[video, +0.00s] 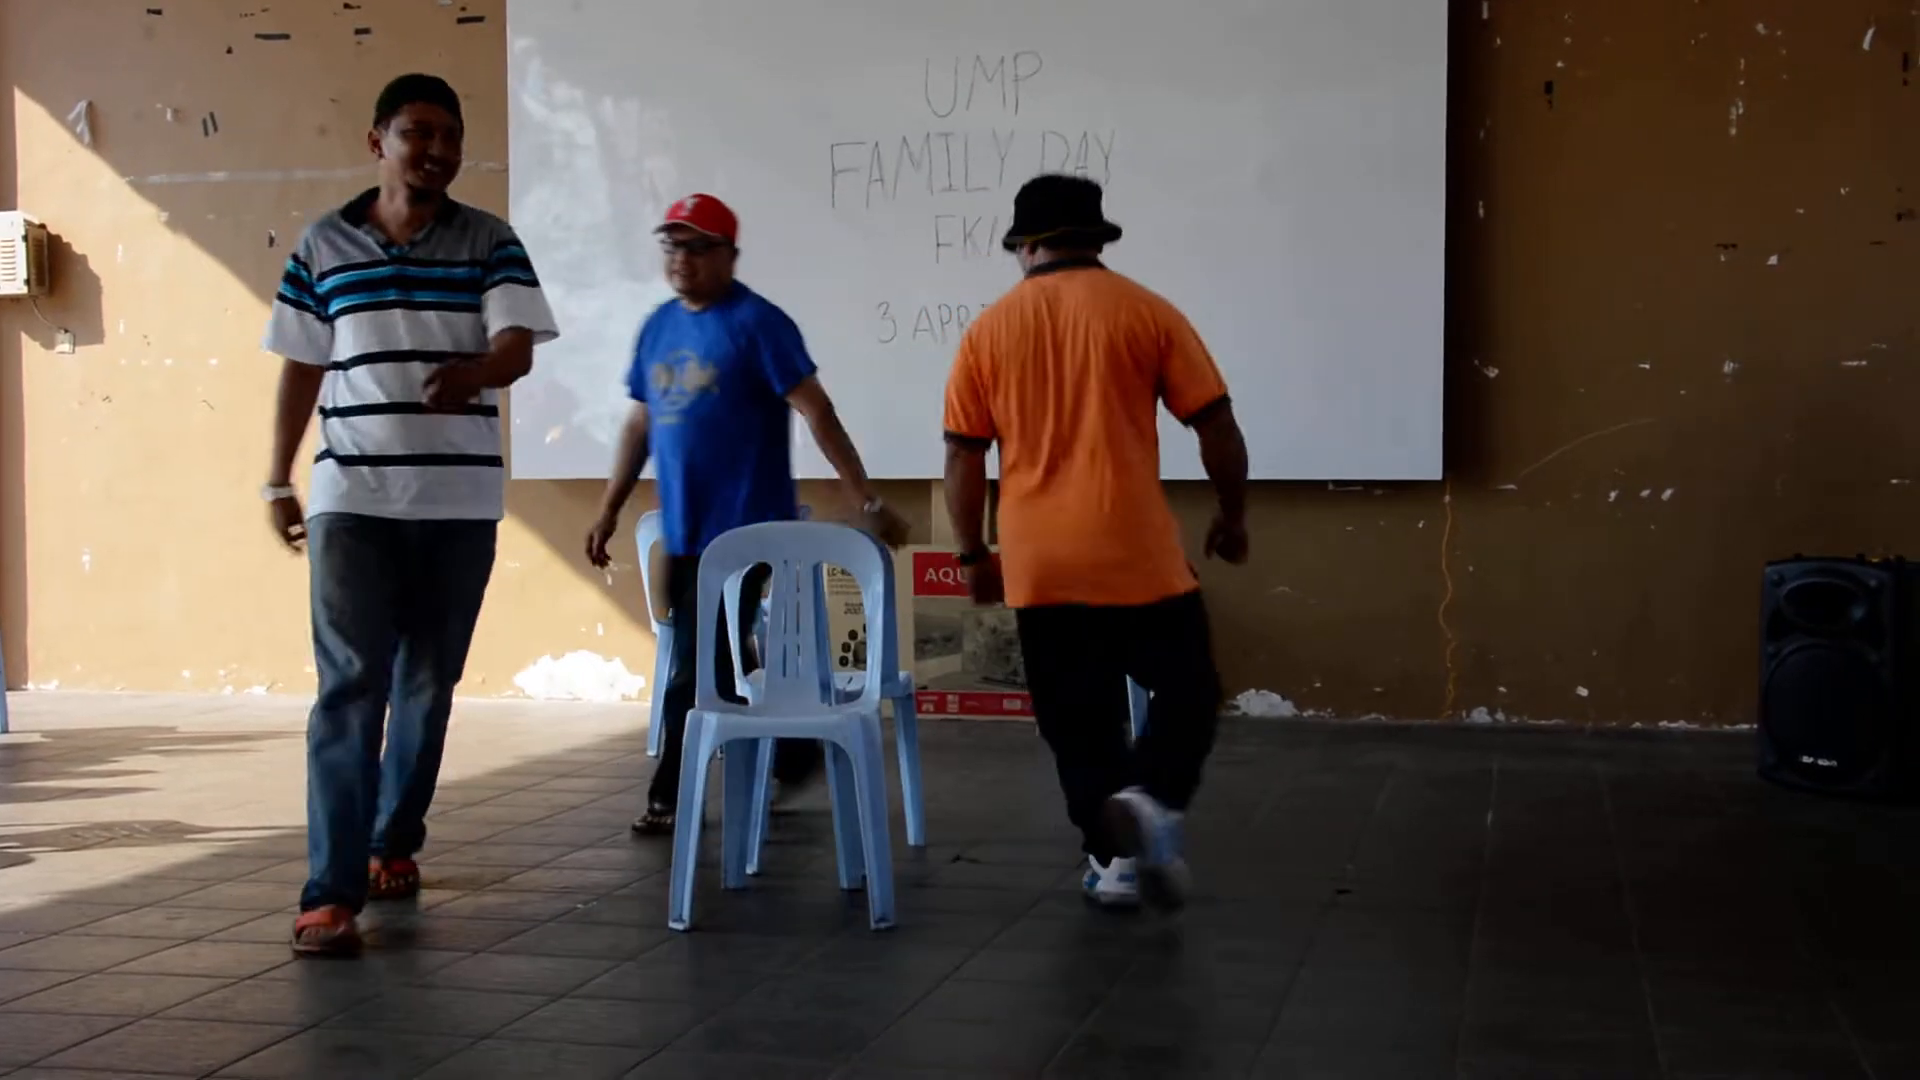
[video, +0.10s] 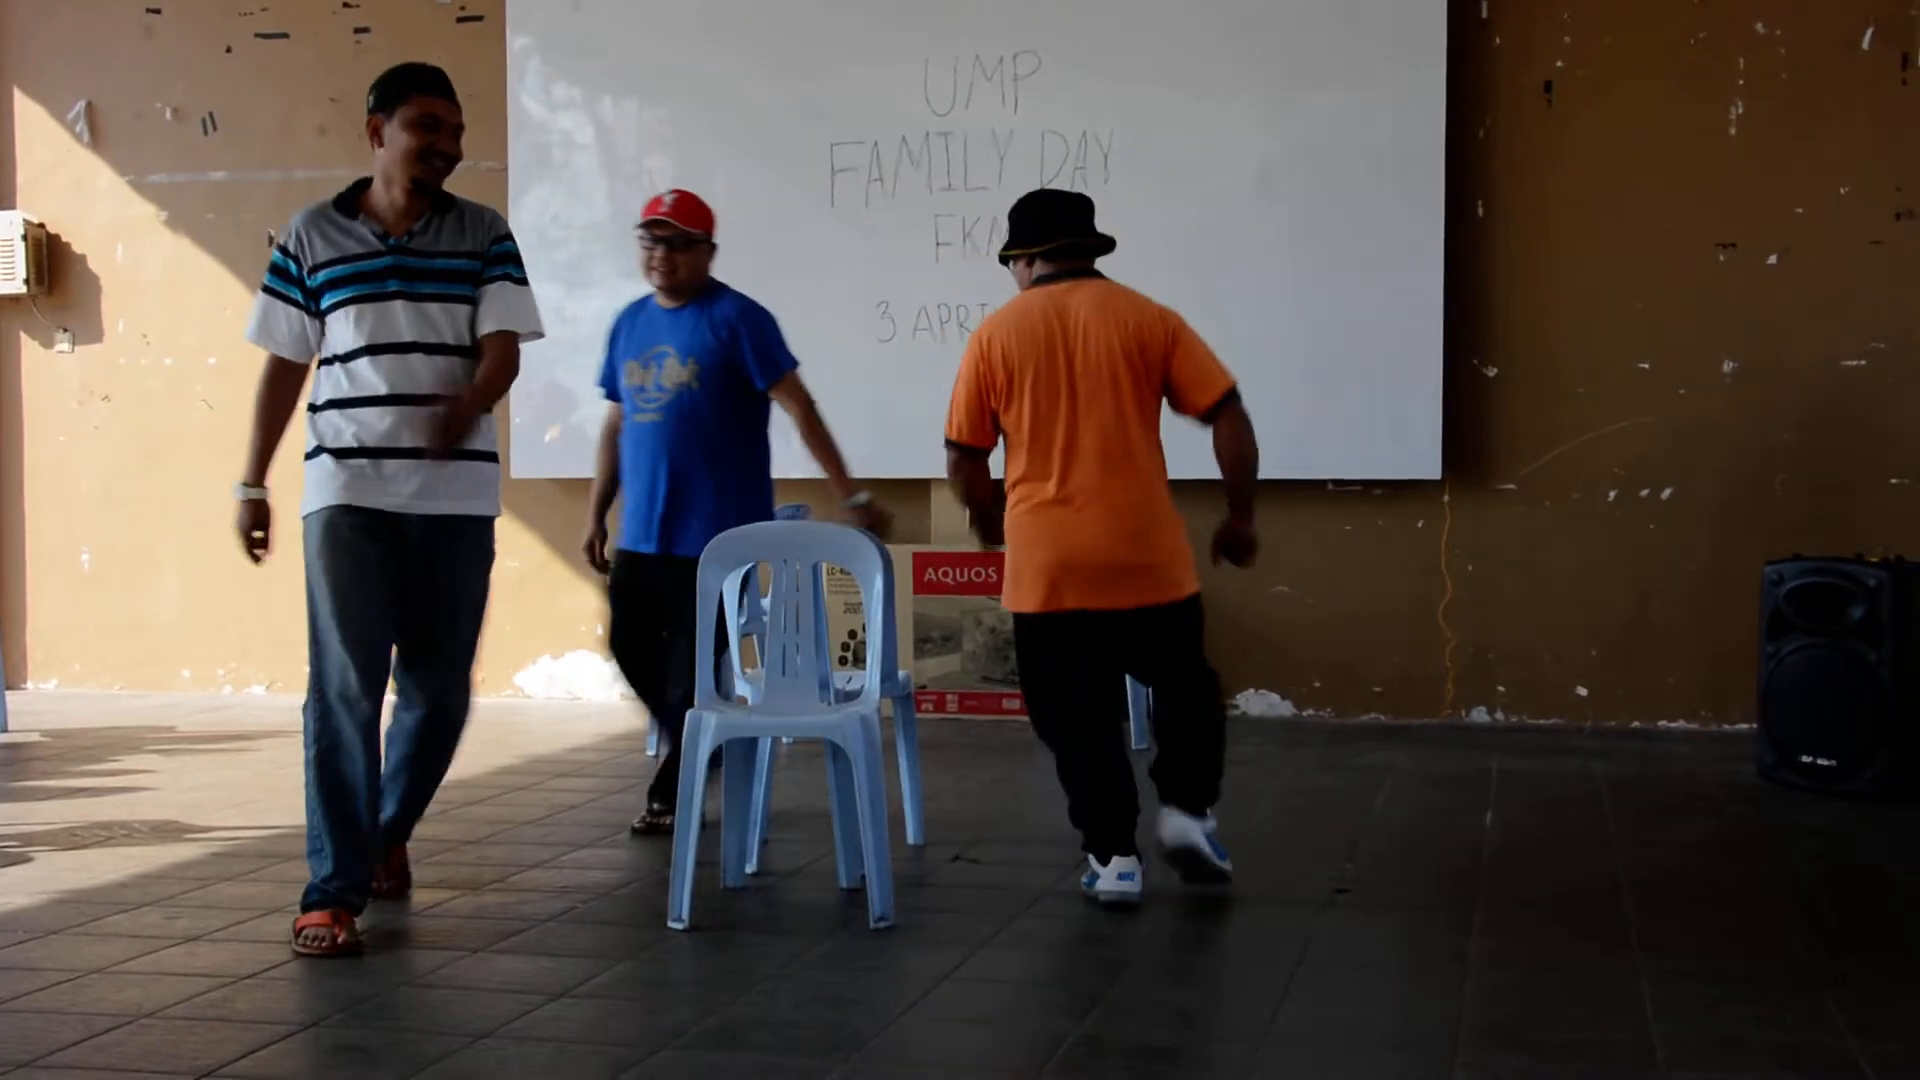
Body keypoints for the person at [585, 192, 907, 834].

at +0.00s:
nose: (678, 260)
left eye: (693, 248)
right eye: (669, 248)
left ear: (727, 255)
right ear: (662, 256)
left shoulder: (759, 322)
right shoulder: (657, 327)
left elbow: (817, 410)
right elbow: (639, 426)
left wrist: (865, 497)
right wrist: (609, 511)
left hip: (753, 530)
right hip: (685, 531)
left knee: (692, 666)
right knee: (706, 661)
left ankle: (670, 798)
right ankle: (797, 749)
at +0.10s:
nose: (658, 256)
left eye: (673, 245)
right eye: (649, 244)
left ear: (706, 252)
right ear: (639, 252)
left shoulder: (739, 319)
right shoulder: (631, 322)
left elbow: (800, 408)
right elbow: (617, 425)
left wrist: (850, 494)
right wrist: (598, 511)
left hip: (718, 529)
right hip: (642, 527)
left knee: (696, 664)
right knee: (630, 646)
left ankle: (669, 798)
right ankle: (708, 738)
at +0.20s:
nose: (639, 251)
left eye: (655, 240)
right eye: (629, 239)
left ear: (685, 246)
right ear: (618, 244)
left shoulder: (718, 315)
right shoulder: (602, 320)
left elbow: (765, 403)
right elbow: (589, 420)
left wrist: (793, 482)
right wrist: (586, 507)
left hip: (696, 530)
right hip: (614, 526)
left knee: (685, 672)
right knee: (587, 649)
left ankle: (671, 794)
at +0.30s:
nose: (622, 253)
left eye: (638, 241)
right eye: (611, 239)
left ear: (665, 247)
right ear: (596, 244)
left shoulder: (697, 316)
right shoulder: (572, 318)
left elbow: (728, 415)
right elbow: (555, 419)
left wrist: (722, 502)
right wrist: (543, 503)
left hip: (669, 535)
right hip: (586, 534)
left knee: (674, 683)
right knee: (557, 678)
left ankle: (667, 799)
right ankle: (529, 807)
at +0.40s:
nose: (610, 259)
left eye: (626, 247)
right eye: (598, 244)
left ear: (646, 253)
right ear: (576, 247)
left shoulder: (677, 322)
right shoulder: (545, 318)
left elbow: (697, 430)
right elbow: (509, 417)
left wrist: (644, 522)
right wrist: (498, 502)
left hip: (647, 542)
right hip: (556, 536)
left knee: (651, 679)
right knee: (537, 680)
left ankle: (662, 796)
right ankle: (523, 816)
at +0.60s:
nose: (600, 242)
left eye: (611, 230)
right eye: (587, 228)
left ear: (624, 237)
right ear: (559, 228)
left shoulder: (649, 306)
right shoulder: (530, 300)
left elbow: (678, 417)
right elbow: (506, 401)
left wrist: (624, 498)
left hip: (613, 512)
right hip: (534, 506)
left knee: (602, 669)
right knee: (518, 674)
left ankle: (587, 804)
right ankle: (518, 813)